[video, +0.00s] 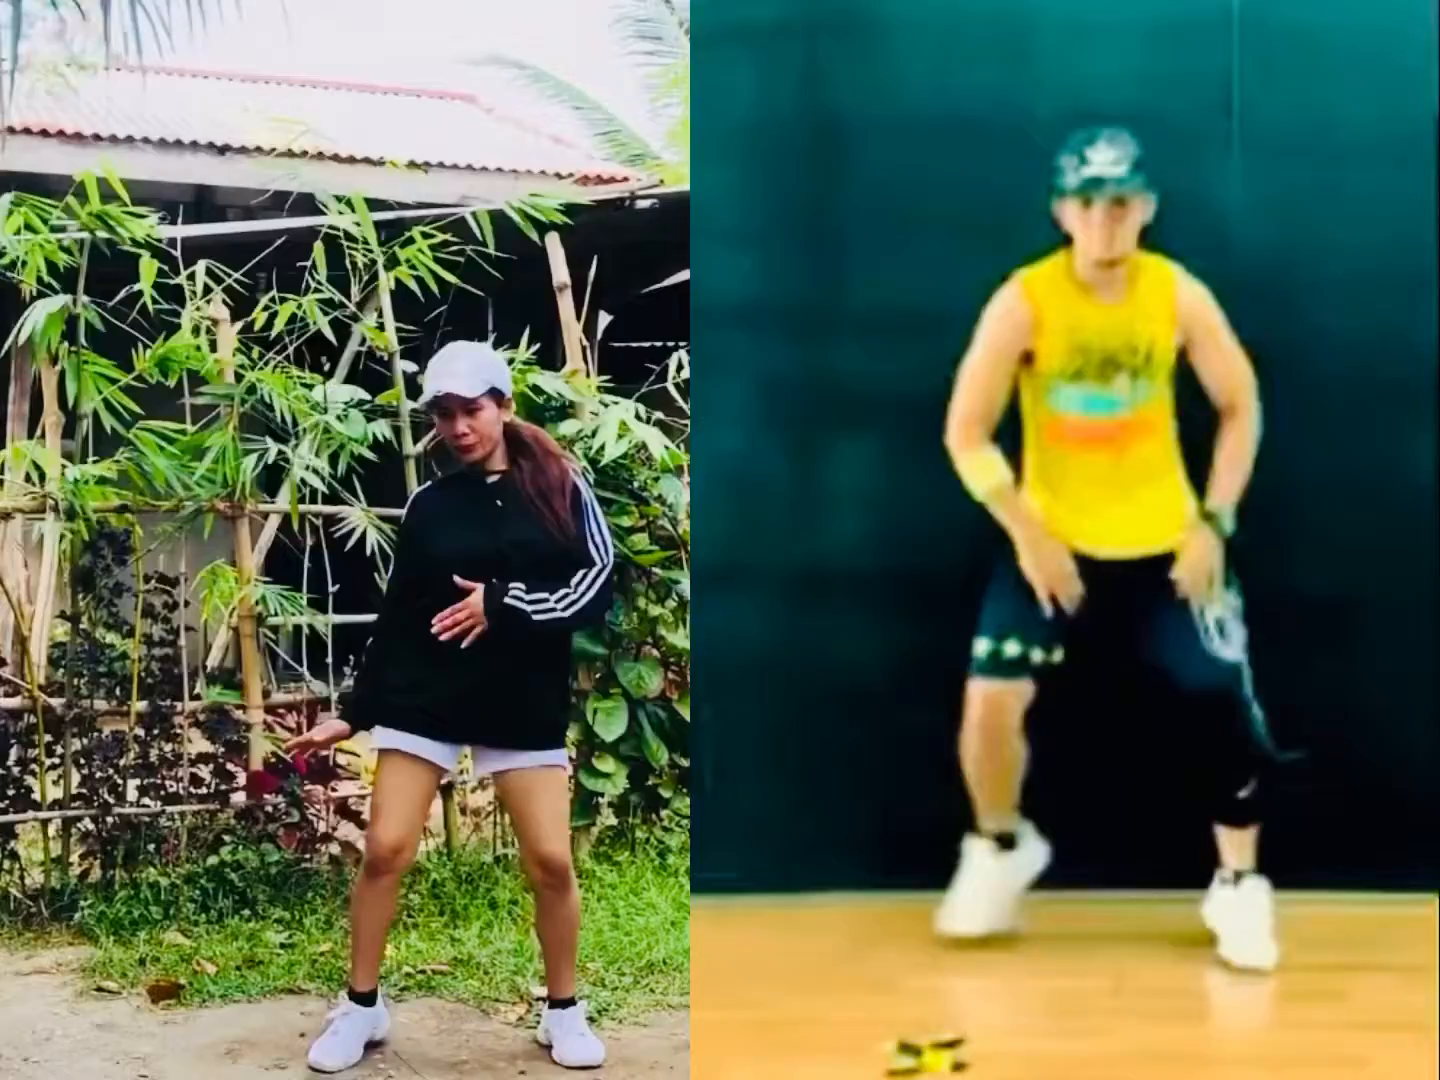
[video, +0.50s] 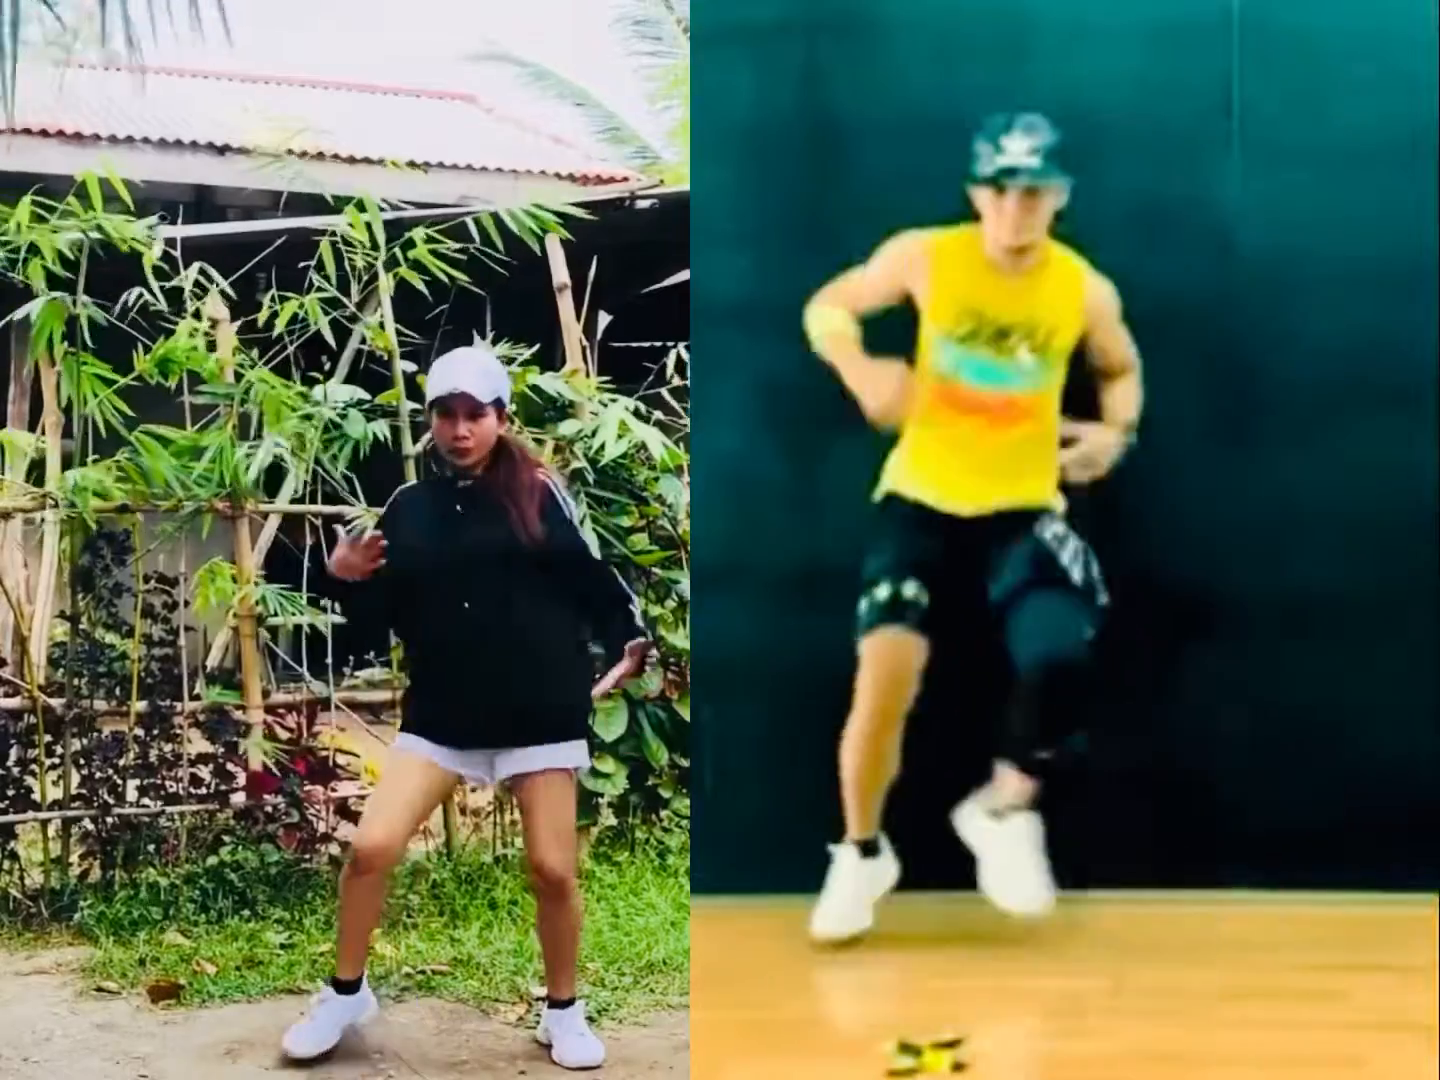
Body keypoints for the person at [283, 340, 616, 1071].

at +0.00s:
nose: (457, 427)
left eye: (469, 410)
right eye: (443, 415)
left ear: (502, 405)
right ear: (434, 422)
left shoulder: (556, 483)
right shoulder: (428, 504)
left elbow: (598, 575)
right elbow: (399, 616)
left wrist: (503, 600)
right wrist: (352, 714)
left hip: (525, 708)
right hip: (421, 702)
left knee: (553, 864)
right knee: (382, 851)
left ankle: (563, 1010)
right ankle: (360, 1008)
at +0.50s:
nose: (458, 429)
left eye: (473, 414)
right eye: (445, 414)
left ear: (502, 417)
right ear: (431, 420)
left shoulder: (538, 496)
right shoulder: (410, 507)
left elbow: (596, 583)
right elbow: (372, 627)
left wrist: (629, 641)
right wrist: (345, 579)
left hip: (543, 718)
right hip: (440, 717)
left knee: (553, 871)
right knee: (369, 848)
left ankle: (564, 1011)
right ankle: (347, 993)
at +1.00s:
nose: (345, 432)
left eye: (361, 418)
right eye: (333, 417)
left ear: (390, 422)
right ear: (317, 422)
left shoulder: (416, 501)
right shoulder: (285, 507)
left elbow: (437, 599)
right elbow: (236, 599)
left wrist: (484, 639)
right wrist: (186, 590)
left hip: (437, 710)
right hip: (331, 721)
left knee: (489, 850)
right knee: (307, 869)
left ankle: (522, 998)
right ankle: (323, 1006)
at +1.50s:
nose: (398, 448)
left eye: (411, 434)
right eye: (384, 433)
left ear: (432, 438)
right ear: (363, 436)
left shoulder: (440, 517)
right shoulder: (324, 510)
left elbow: (460, 630)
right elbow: (252, 579)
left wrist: (528, 613)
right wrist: (195, 598)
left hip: (466, 710)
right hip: (365, 729)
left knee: (543, 829)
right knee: (329, 888)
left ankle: (587, 969)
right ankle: (322, 1007)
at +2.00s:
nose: (491, 438)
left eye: (503, 422)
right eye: (481, 426)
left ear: (545, 415)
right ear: (477, 429)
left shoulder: (605, 494)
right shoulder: (483, 508)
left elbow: (681, 598)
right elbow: (431, 619)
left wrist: (674, 570)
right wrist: (349, 632)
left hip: (574, 709)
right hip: (474, 694)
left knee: (587, 876)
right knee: (381, 796)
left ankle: (591, 1012)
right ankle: (434, 910)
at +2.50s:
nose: (435, 457)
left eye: (449, 443)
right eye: (429, 443)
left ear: (492, 443)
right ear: (424, 446)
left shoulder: (545, 504)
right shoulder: (443, 530)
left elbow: (632, 567)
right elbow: (427, 646)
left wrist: (580, 535)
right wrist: (354, 687)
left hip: (521, 739)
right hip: (417, 733)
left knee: (574, 891)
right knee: (341, 871)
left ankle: (592, 1016)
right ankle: (308, 1002)